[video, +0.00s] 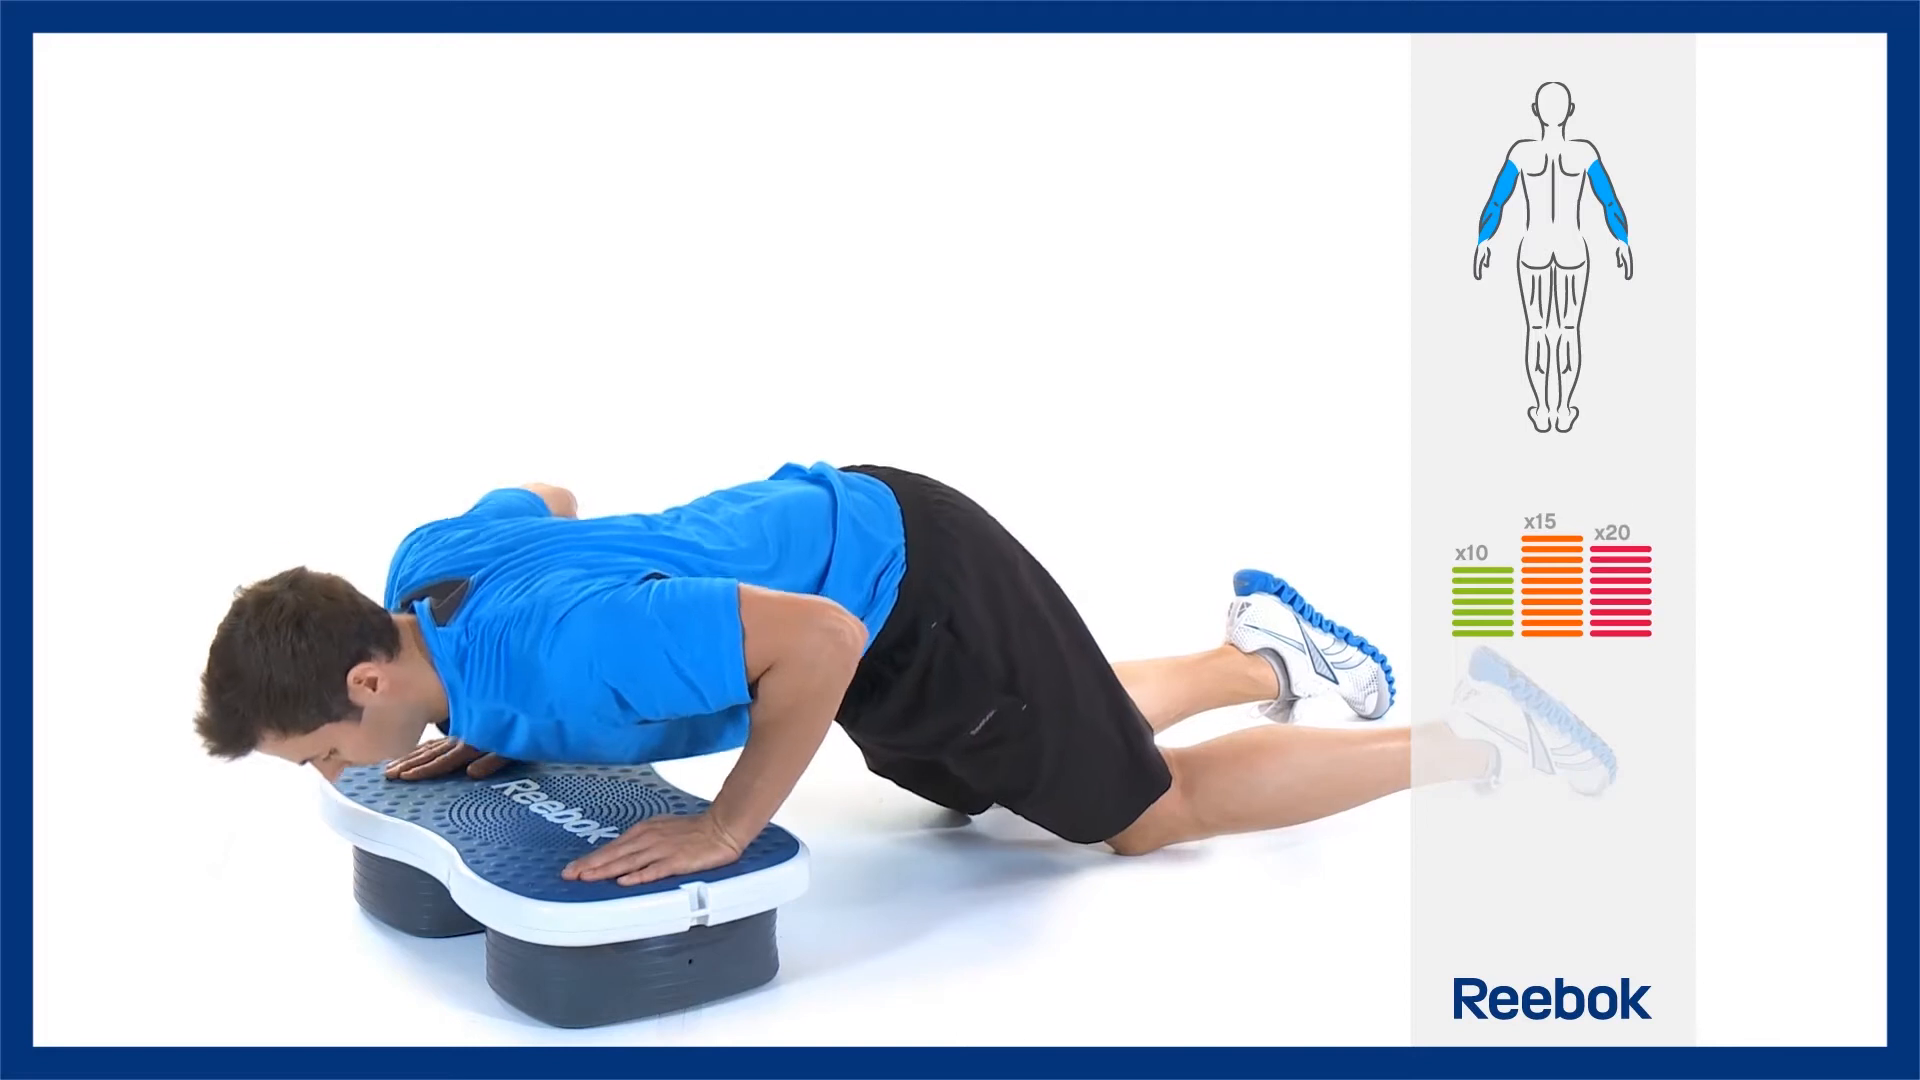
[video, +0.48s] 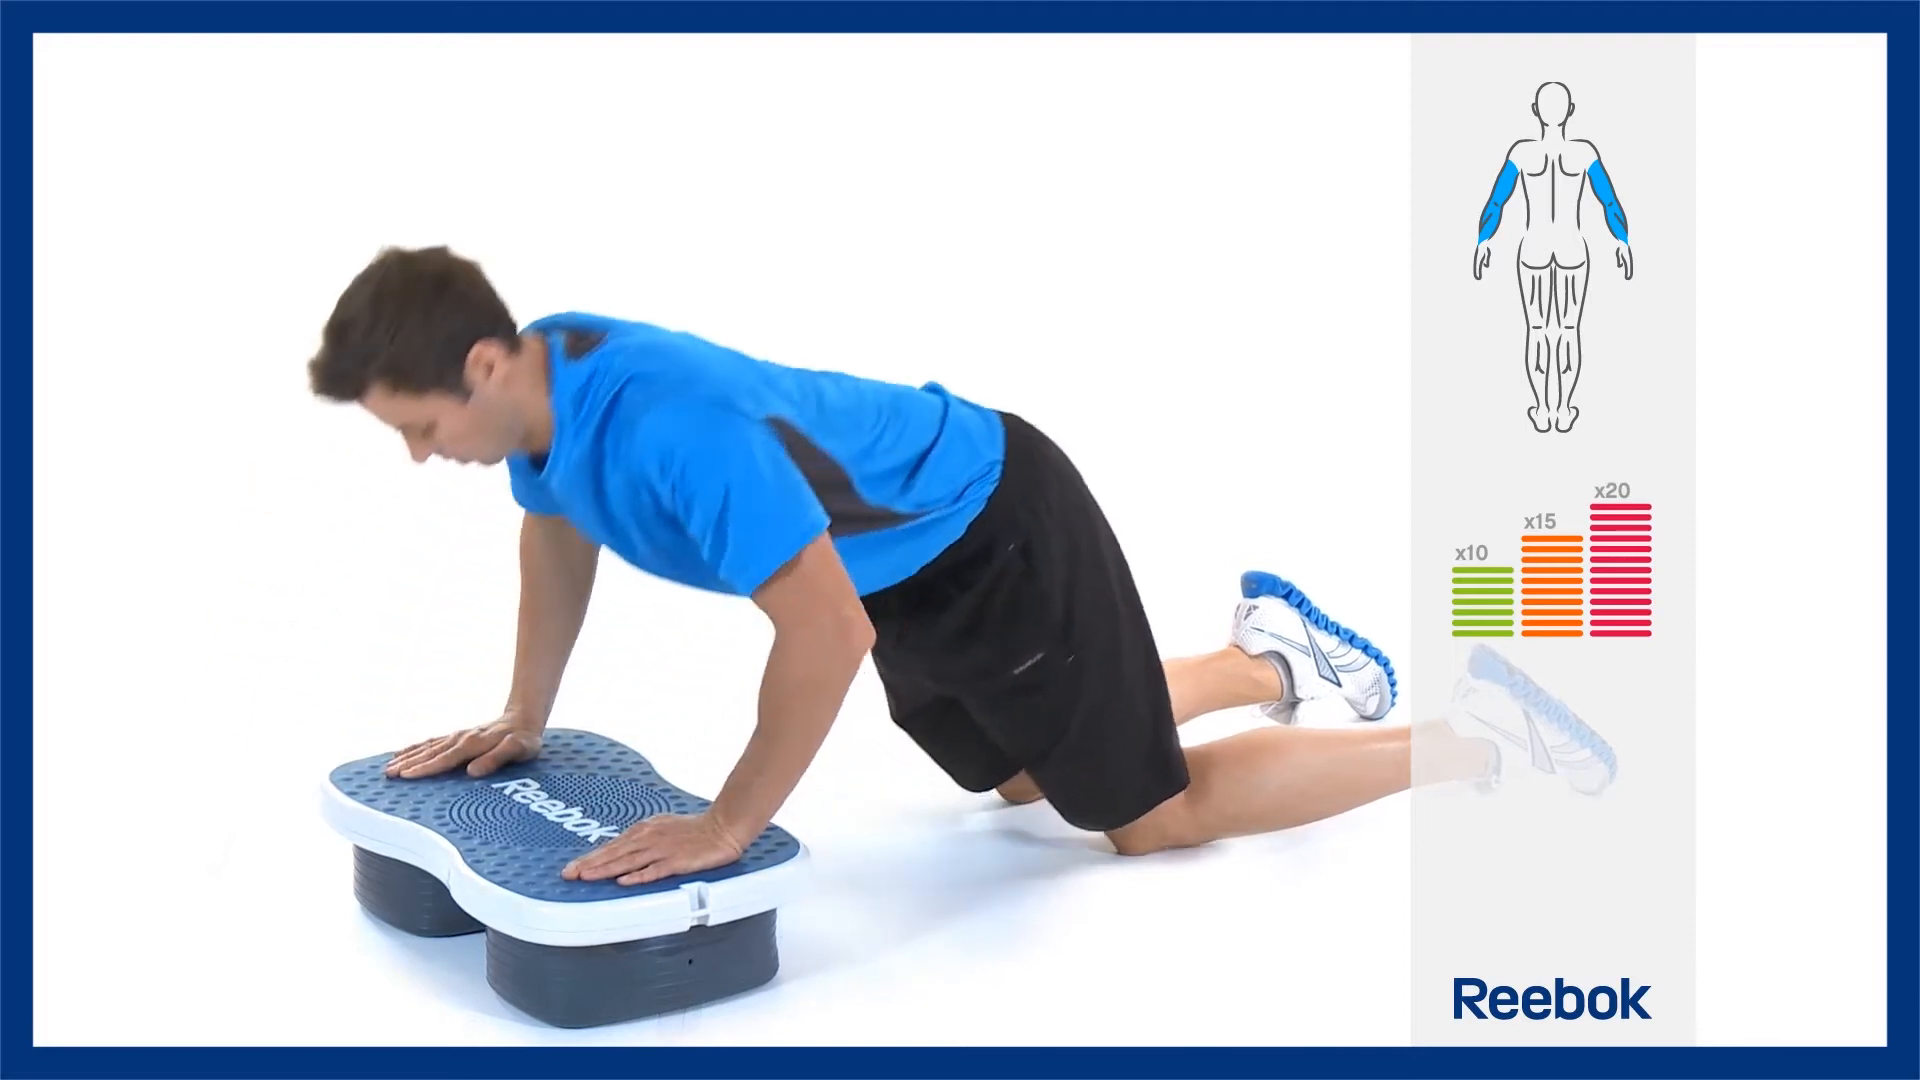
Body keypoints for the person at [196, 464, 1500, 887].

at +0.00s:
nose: (331, 778)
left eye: (317, 758)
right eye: (303, 767)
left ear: (367, 691)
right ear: (359, 664)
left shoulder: (578, 657)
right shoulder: (421, 586)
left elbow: (819, 640)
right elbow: (551, 499)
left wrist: (729, 826)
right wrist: (494, 691)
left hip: (918, 586)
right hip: (836, 629)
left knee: (1147, 809)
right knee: (1032, 758)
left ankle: (1472, 747)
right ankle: (1258, 658)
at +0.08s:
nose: (342, 741)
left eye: (327, 723)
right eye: (319, 733)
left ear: (357, 661)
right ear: (357, 624)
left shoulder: (559, 626)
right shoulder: (438, 557)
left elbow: (825, 641)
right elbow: (550, 525)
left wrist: (728, 827)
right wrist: (504, 719)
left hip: (924, 591)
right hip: (851, 602)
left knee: (1152, 809)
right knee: (1026, 754)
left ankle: (1471, 746)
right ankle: (1258, 662)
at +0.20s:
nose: (350, 674)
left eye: (336, 653)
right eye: (327, 662)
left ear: (379, 587)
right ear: (373, 561)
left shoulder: (579, 589)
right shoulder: (452, 504)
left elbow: (828, 647)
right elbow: (536, 592)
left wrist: (733, 824)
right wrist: (522, 714)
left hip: (937, 580)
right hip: (856, 583)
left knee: (1152, 808)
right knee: (1018, 751)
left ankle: (1464, 748)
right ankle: (1261, 662)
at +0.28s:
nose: (366, 618)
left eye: (349, 596)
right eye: (338, 604)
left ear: (397, 534)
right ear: (392, 507)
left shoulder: (599, 541)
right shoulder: (474, 469)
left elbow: (833, 644)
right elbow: (537, 586)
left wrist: (733, 821)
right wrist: (524, 717)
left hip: (951, 566)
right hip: (865, 590)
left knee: (1151, 808)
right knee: (1009, 763)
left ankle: (1458, 746)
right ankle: (1261, 660)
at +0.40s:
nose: (390, 518)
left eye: (388, 491)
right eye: (369, 502)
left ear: (455, 430)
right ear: (440, 431)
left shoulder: (634, 462)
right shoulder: (516, 430)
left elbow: (831, 638)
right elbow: (553, 554)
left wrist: (735, 820)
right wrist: (524, 716)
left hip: (978, 539)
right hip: (885, 583)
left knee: (1137, 805)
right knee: (1001, 762)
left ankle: (1466, 745)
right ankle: (1264, 657)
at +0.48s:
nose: (419, 457)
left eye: (416, 428)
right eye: (400, 437)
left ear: (486, 361)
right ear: (461, 370)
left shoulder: (665, 426)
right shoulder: (538, 395)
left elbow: (830, 631)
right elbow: (560, 531)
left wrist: (732, 821)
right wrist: (520, 716)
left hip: (994, 527)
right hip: (889, 580)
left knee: (1148, 810)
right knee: (1022, 768)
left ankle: (1469, 745)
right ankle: (1267, 662)